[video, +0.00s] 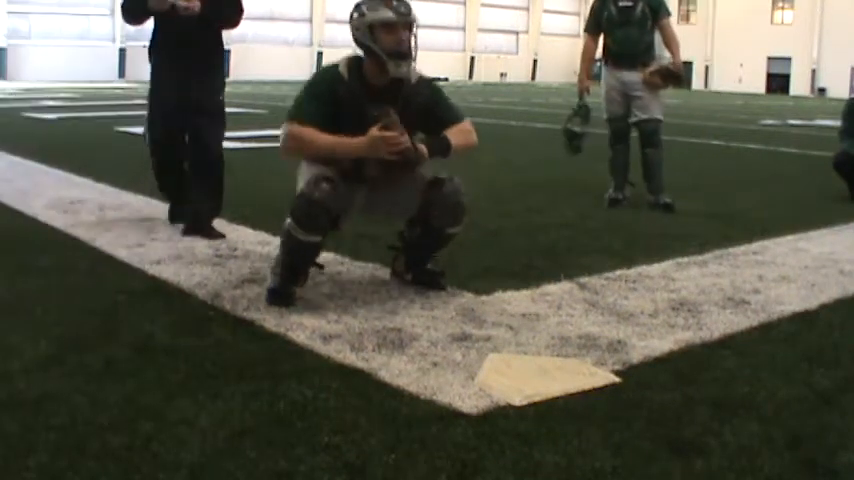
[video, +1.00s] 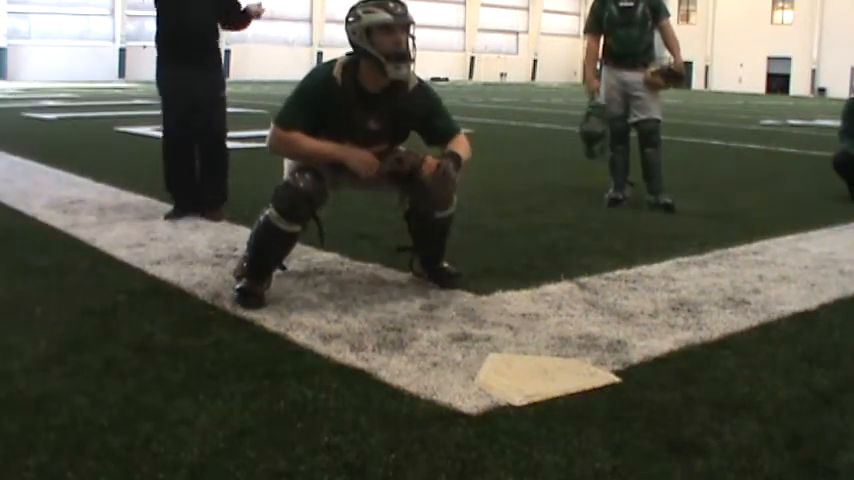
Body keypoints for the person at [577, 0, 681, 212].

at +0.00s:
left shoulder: (652, 4)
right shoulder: (602, 5)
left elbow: (666, 29)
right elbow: (591, 40)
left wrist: (676, 60)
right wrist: (584, 77)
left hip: (645, 75)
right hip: (613, 75)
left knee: (651, 135)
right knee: (617, 135)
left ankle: (657, 193)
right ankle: (618, 188)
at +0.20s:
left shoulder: (651, 3)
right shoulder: (601, 4)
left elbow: (665, 28)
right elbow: (590, 39)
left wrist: (675, 60)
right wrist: (584, 76)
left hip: (645, 75)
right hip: (613, 74)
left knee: (650, 135)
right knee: (617, 135)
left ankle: (656, 193)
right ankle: (618, 188)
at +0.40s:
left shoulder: (650, 3)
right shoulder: (600, 4)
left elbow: (664, 27)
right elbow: (591, 39)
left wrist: (675, 60)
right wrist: (587, 77)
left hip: (645, 74)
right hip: (612, 74)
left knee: (649, 134)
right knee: (617, 135)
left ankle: (656, 193)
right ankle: (618, 188)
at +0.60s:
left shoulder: (651, 3)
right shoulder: (600, 5)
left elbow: (664, 28)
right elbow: (592, 39)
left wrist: (675, 61)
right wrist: (591, 75)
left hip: (644, 75)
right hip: (612, 74)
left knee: (650, 133)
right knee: (616, 134)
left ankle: (657, 193)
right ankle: (618, 188)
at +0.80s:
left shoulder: (651, 3)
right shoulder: (601, 4)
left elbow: (664, 28)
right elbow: (592, 39)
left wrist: (676, 60)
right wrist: (591, 75)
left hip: (644, 75)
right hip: (612, 74)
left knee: (650, 133)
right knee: (616, 134)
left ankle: (656, 193)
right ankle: (618, 188)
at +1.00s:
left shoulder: (652, 4)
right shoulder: (602, 5)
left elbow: (665, 29)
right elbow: (593, 40)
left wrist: (678, 60)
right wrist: (590, 76)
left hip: (645, 74)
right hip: (613, 74)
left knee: (650, 134)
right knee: (617, 135)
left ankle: (656, 193)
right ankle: (618, 188)